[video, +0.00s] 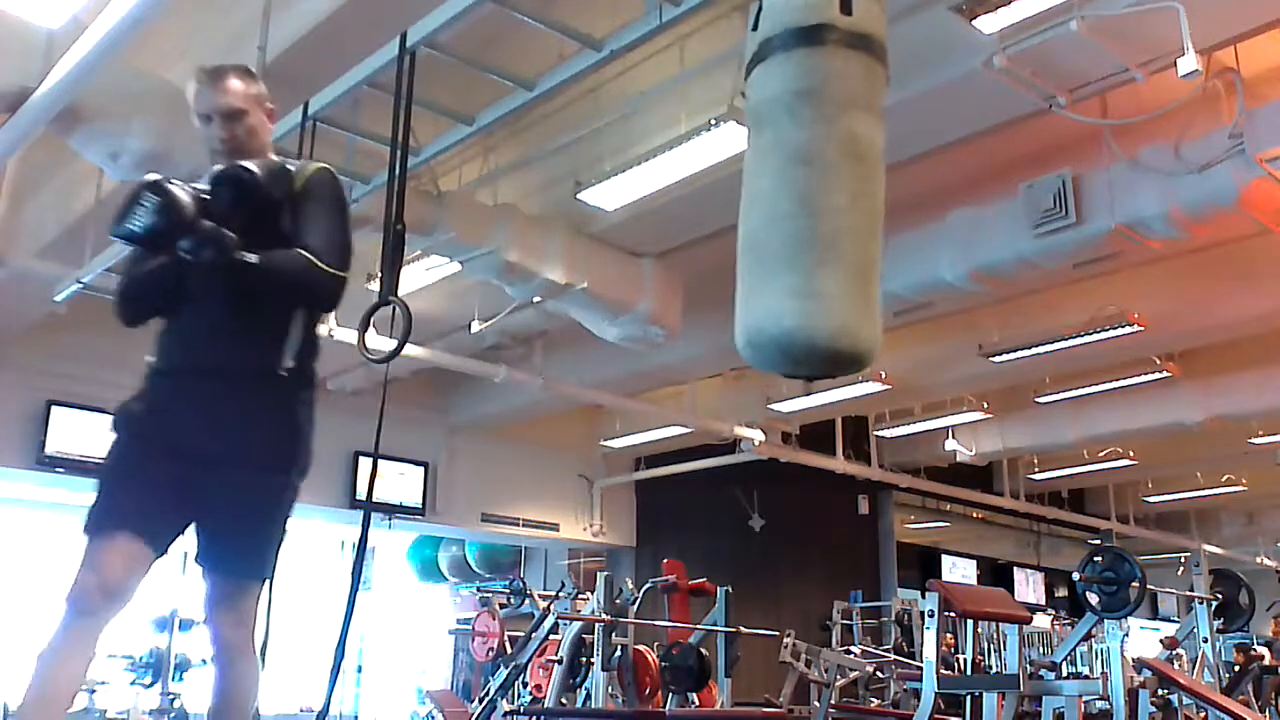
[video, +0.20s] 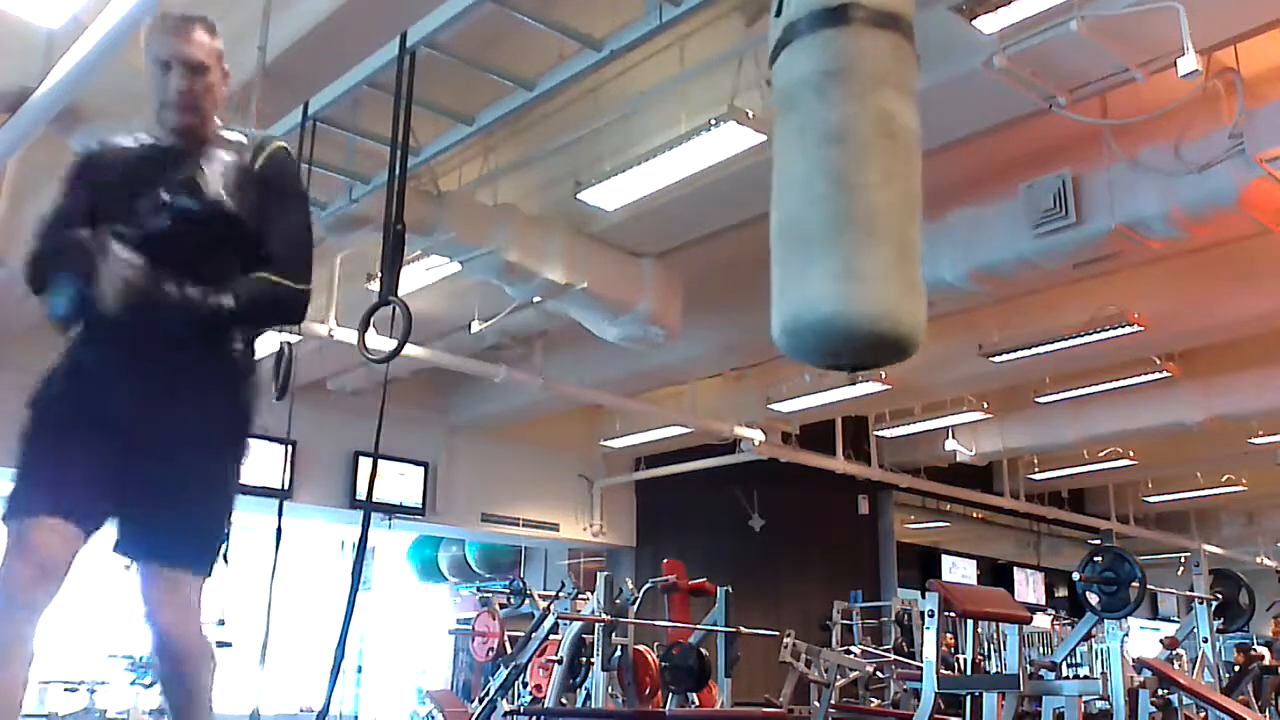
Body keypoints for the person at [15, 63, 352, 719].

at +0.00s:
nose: (223, 130)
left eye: (236, 115)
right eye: (209, 120)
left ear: (271, 113)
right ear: (198, 127)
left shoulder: (312, 184)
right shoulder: (185, 196)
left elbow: (324, 279)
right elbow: (130, 303)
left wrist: (226, 256)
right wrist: (187, 251)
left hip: (259, 426)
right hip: (167, 415)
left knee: (232, 627)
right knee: (94, 593)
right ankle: (28, 716)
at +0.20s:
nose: (181, 84)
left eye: (198, 70)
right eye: (168, 69)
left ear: (226, 81)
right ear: (149, 77)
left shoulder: (266, 168)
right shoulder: (105, 163)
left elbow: (290, 293)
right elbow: (46, 264)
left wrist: (169, 296)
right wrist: (88, 268)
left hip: (195, 412)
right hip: (93, 394)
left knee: (172, 611)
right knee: (28, 571)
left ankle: (193, 715)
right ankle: (8, 706)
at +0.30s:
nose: (190, 47)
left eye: (206, 35)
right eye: (176, 30)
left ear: (225, 46)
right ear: (149, 32)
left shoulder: (254, 149)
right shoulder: (79, 121)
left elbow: (297, 288)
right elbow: (7, 224)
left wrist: (219, 311)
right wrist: (118, 178)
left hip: (179, 391)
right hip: (64, 372)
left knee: (158, 572)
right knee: (22, 561)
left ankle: (157, 706)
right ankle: (2, 702)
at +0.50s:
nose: (239, 14)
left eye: (246, 7)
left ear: (239, 22)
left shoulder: (232, 105)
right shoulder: (52, 38)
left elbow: (257, 259)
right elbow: (7, 128)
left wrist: (257, 202)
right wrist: (117, 111)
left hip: (164, 333)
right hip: (43, 315)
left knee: (116, 547)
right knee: (13, 546)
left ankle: (79, 711)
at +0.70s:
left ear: (250, 4)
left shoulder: (247, 90)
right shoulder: (54, 19)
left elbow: (248, 256)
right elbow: (1, 140)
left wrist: (317, 135)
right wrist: (76, 160)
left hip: (169, 322)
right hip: (33, 299)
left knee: (116, 558)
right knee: (0, 536)